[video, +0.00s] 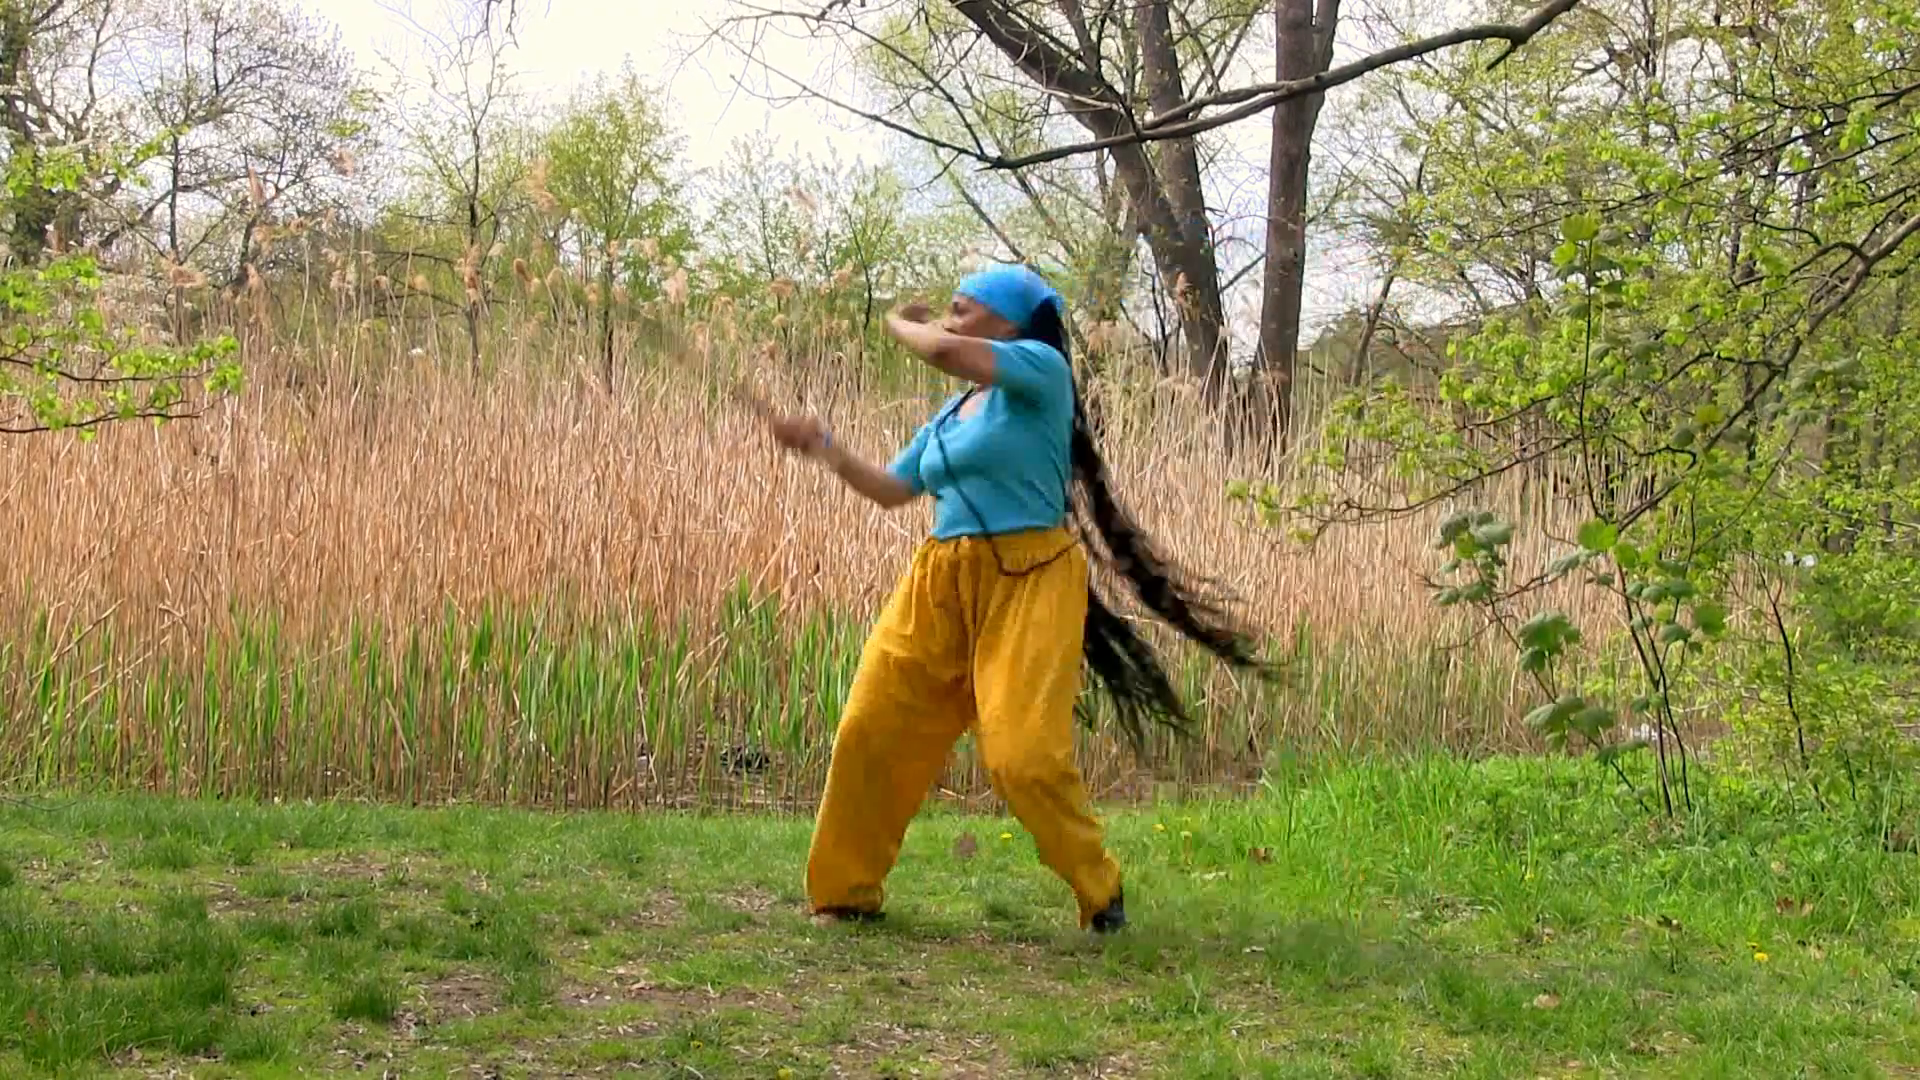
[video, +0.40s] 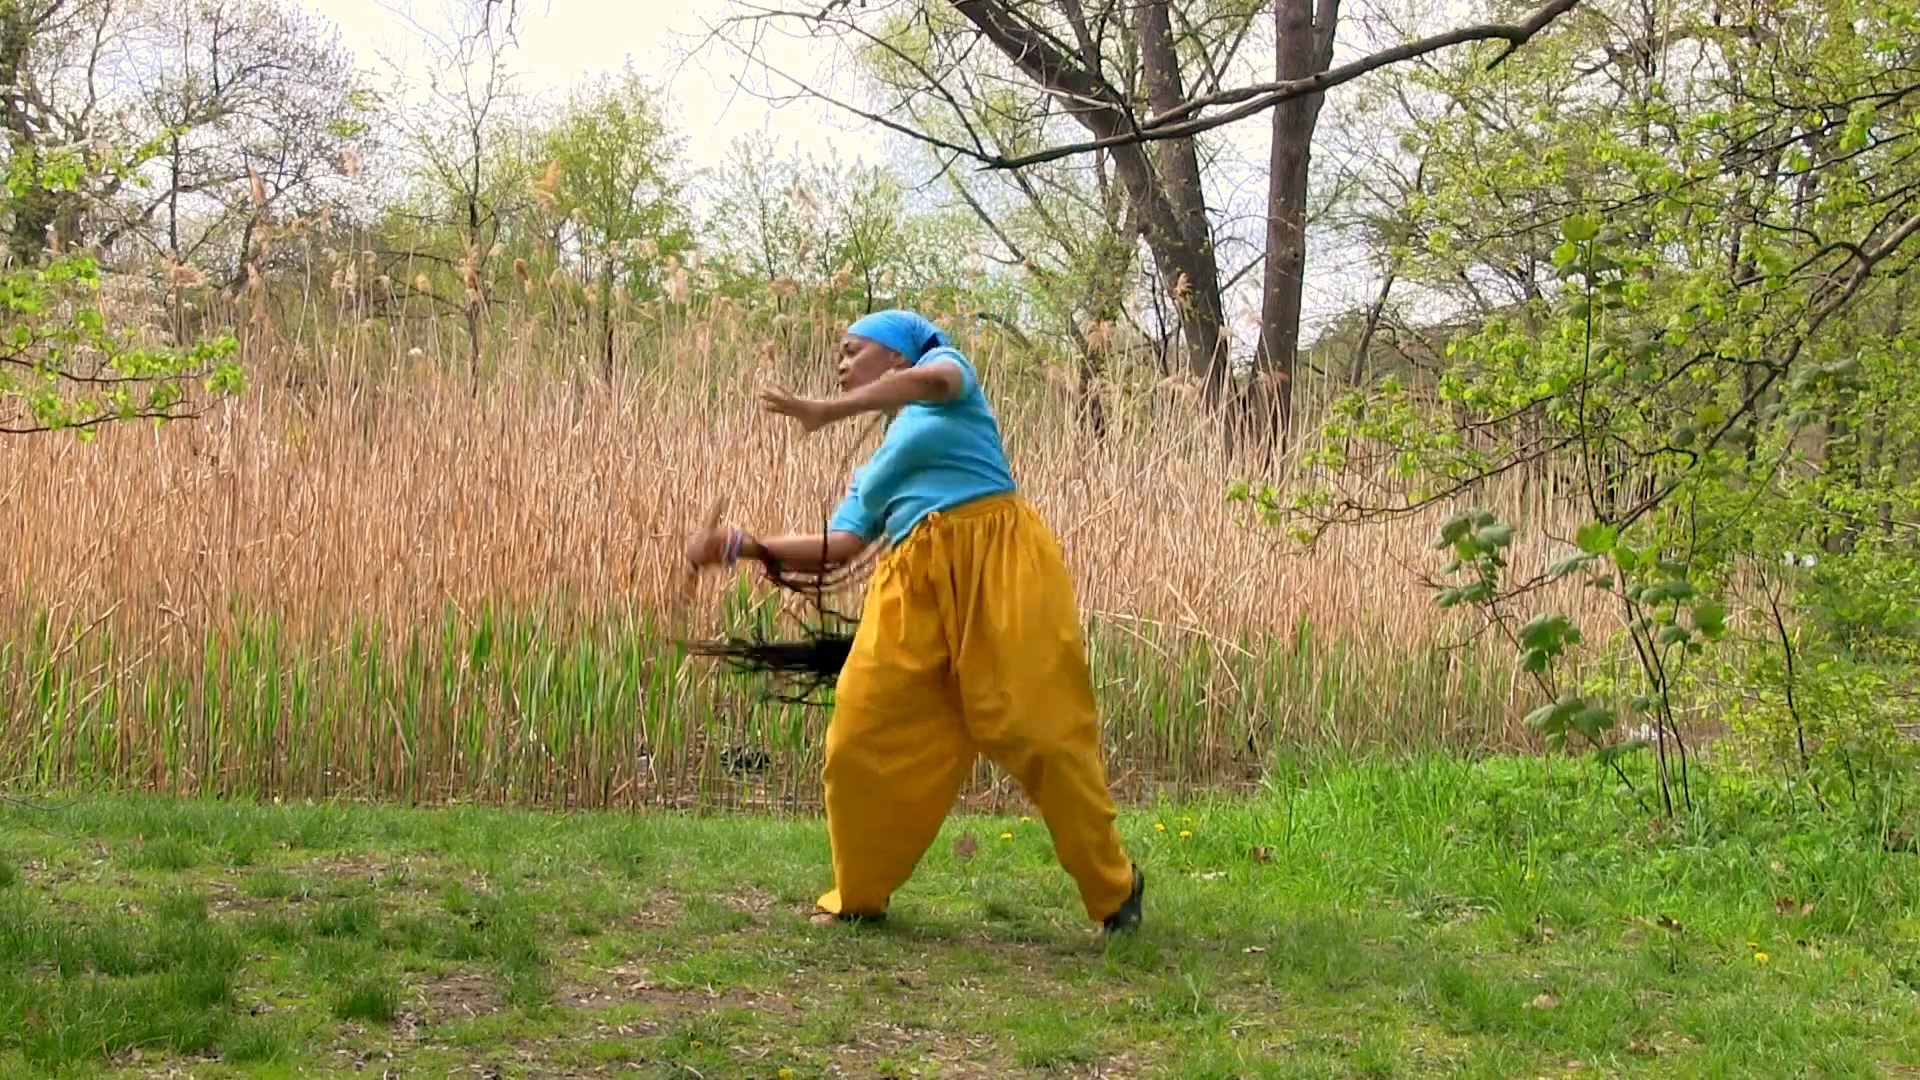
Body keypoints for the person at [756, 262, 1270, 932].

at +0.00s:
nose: (950, 319)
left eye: (967, 308)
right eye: (953, 308)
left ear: (1012, 322)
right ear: (962, 322)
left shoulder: (1042, 369)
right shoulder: (952, 415)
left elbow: (945, 349)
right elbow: (891, 489)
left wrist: (903, 325)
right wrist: (826, 448)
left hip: (1030, 578)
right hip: (941, 578)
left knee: (1021, 757)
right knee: (869, 727)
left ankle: (1099, 888)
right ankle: (850, 895)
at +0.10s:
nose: (913, 336)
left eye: (927, 325)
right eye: (915, 327)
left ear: (966, 329)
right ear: (957, 333)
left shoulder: (978, 365)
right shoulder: (950, 413)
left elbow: (849, 318)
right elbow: (934, 544)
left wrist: (753, 274)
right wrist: (849, 580)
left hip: (1020, 571)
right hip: (946, 577)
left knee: (1002, 752)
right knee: (866, 726)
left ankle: (1112, 890)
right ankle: (850, 896)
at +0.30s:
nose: (864, 385)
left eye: (872, 367)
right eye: (860, 371)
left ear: (909, 353)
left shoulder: (942, 374)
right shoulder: (911, 437)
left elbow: (868, 354)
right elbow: (913, 562)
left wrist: (758, 369)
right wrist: (845, 619)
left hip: (996, 552)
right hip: (920, 582)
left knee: (1037, 731)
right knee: (857, 739)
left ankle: (1127, 892)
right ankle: (857, 897)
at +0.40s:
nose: (842, 366)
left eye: (854, 353)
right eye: (842, 357)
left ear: (898, 355)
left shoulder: (947, 367)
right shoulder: (878, 467)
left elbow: (935, 380)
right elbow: (835, 547)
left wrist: (831, 408)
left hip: (996, 549)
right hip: (908, 579)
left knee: (1037, 731)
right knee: (854, 743)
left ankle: (1113, 886)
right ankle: (860, 897)